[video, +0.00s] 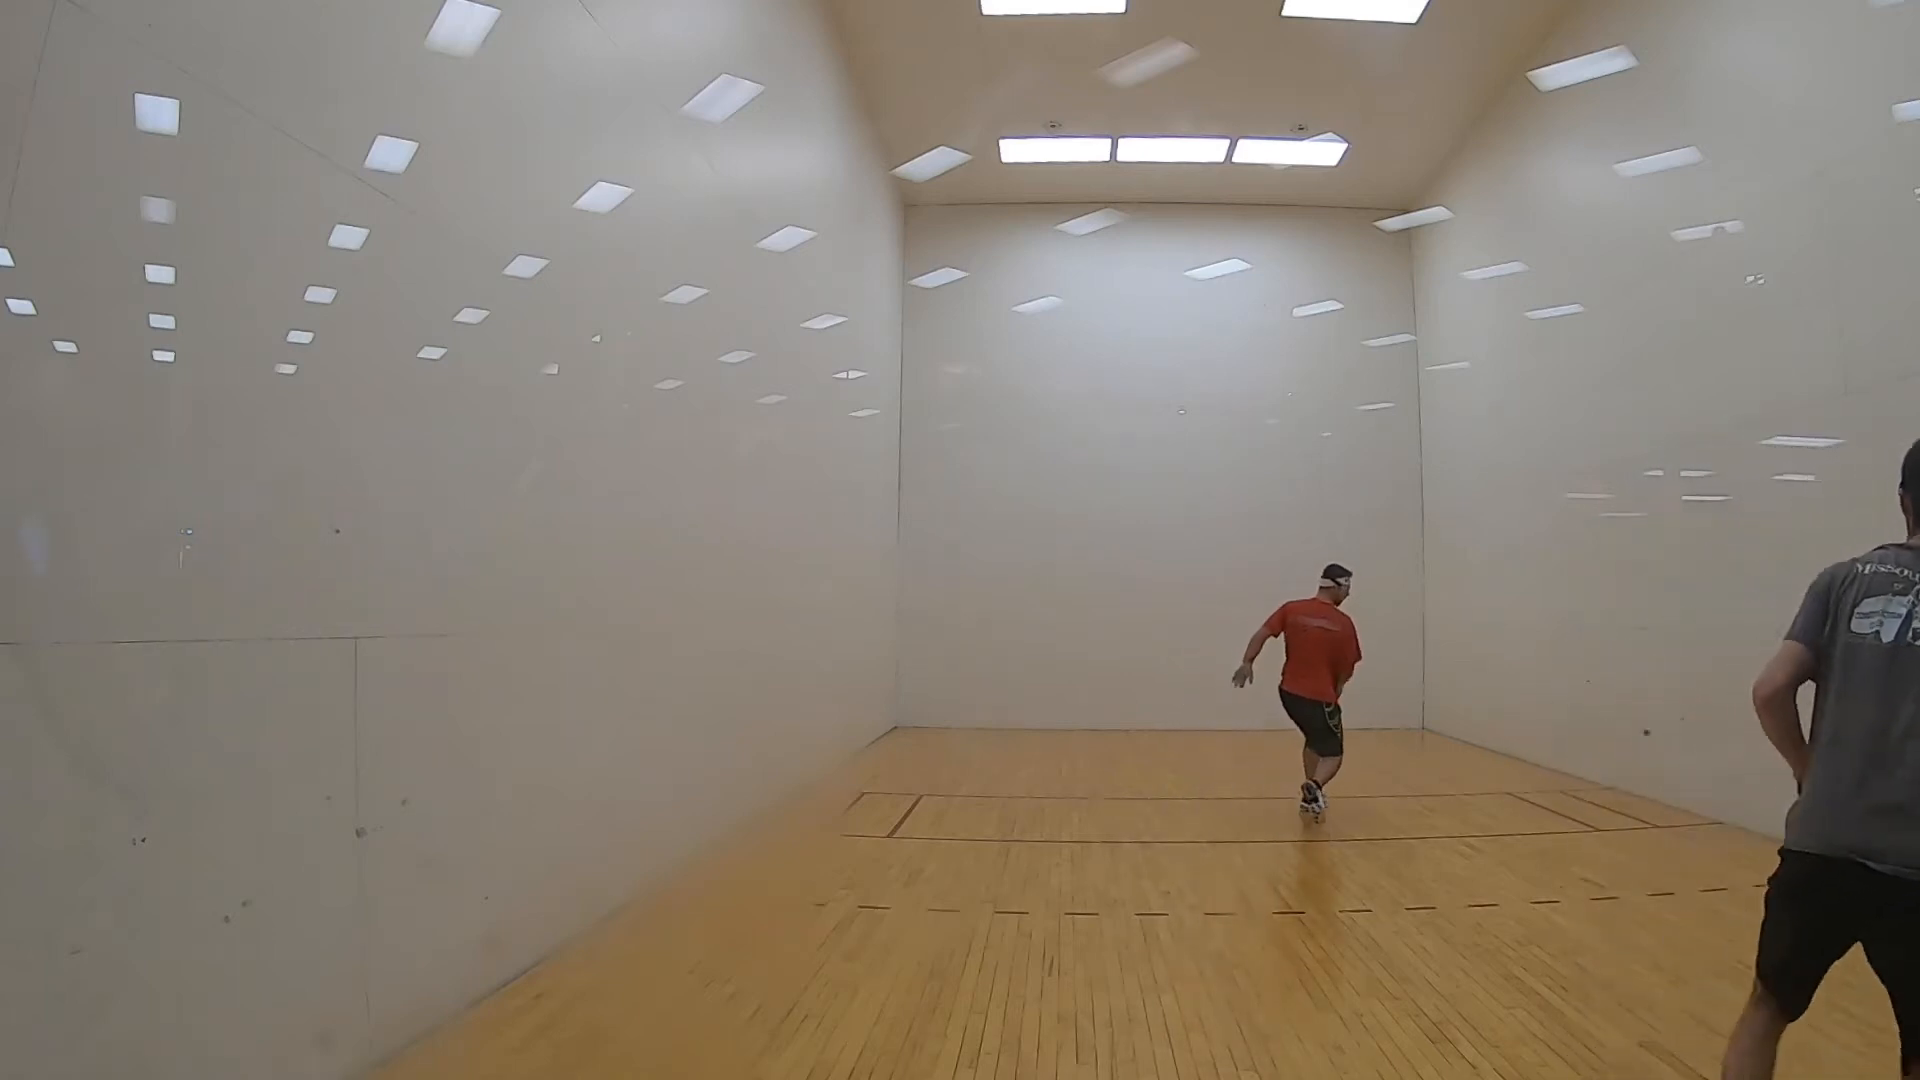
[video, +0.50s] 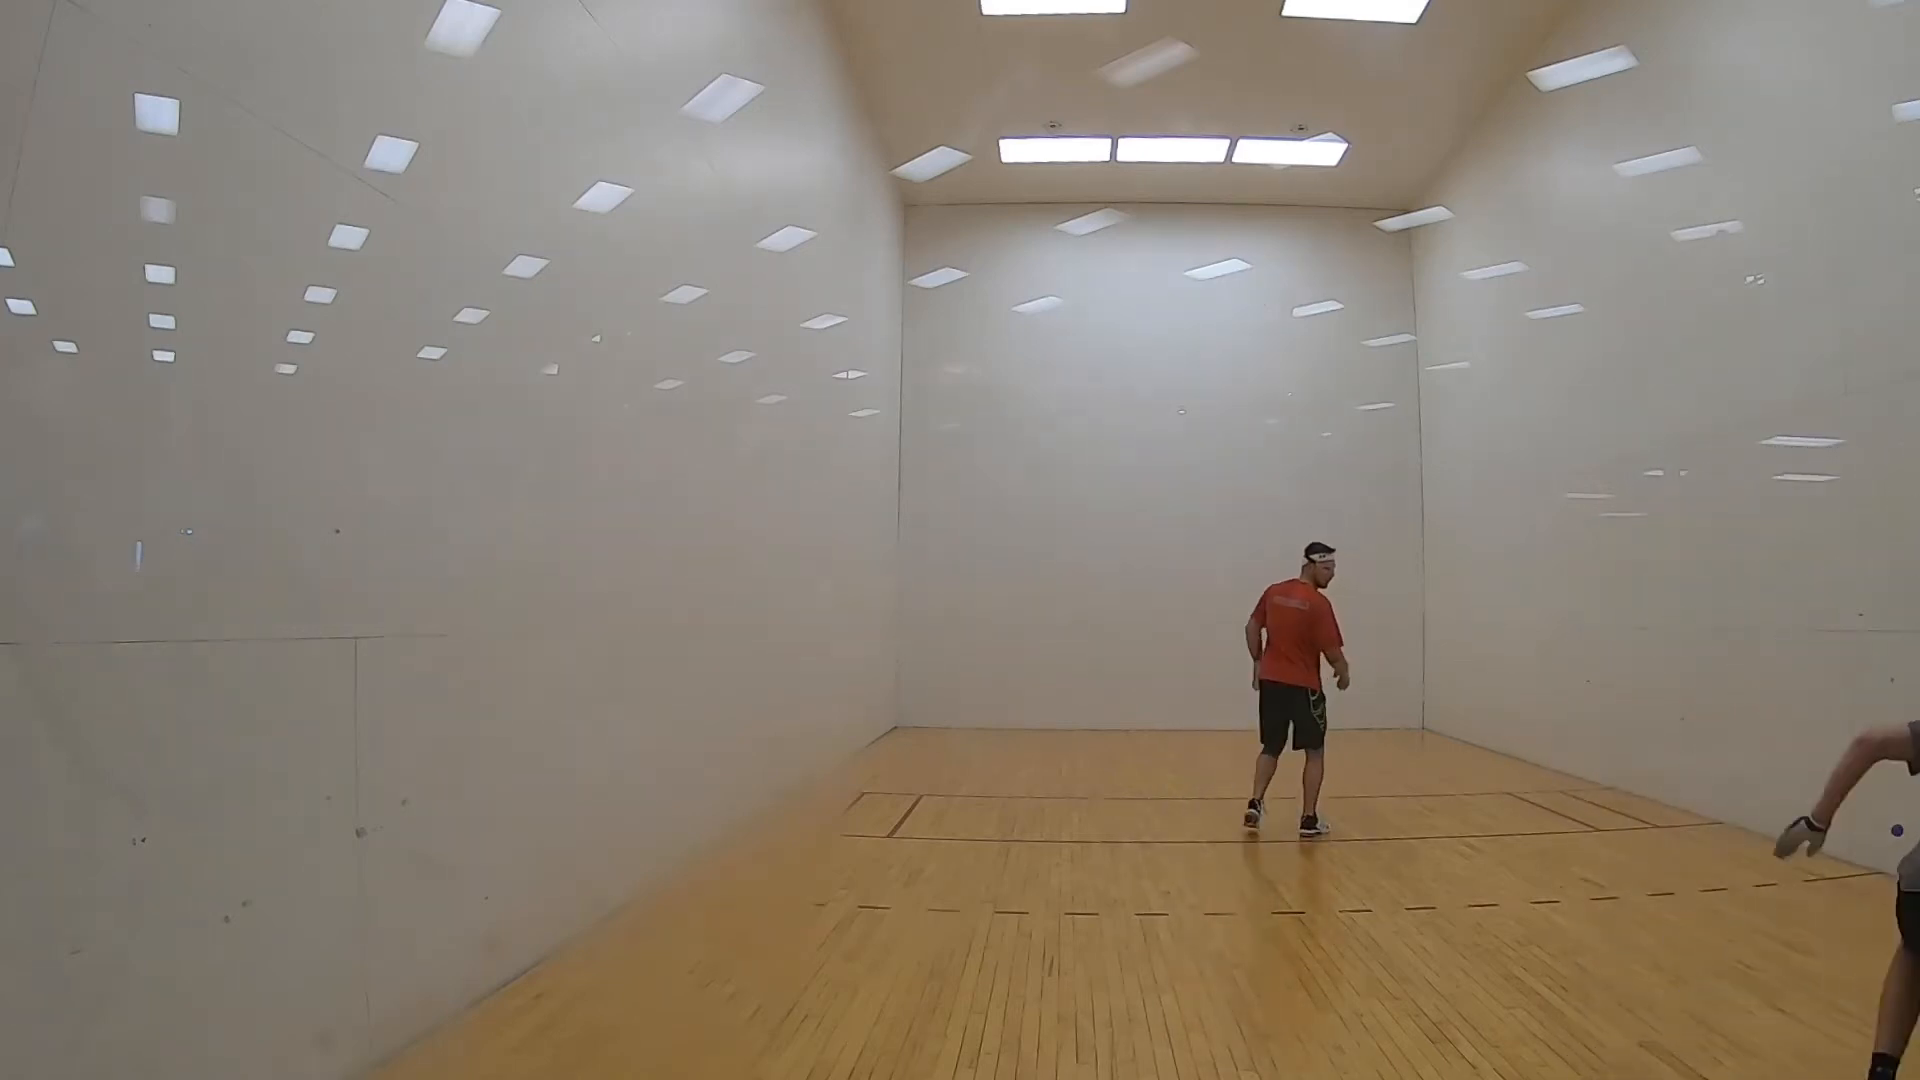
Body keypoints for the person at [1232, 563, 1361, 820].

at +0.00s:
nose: (1348, 592)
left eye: (1348, 587)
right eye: (1347, 587)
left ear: (1322, 585)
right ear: (1339, 587)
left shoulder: (1291, 609)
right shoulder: (1344, 623)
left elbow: (1262, 633)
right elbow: (1347, 669)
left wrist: (1246, 662)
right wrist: (1334, 691)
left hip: (1289, 693)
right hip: (1321, 700)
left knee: (1312, 740)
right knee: (1333, 754)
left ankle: (1312, 791)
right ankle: (1314, 786)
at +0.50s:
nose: (1332, 573)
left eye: (1333, 567)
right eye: (1328, 567)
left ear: (1307, 567)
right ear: (1312, 566)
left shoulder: (1274, 591)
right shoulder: (1319, 603)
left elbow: (1252, 626)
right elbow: (1331, 652)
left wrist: (1258, 662)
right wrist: (1343, 670)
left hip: (1270, 684)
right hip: (1304, 688)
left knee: (1271, 747)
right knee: (1314, 752)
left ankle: (1255, 803)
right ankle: (1309, 819)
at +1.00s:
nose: (1231, 573)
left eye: (1223, 569)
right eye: (1237, 567)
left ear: (1217, 572)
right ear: (1245, 569)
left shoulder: (1203, 612)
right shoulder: (1264, 599)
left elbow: (1200, 662)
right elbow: (1297, 622)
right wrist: (1283, 649)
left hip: (1224, 707)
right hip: (1263, 703)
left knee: (1219, 774)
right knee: (1279, 764)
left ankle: (1204, 837)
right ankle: (1285, 837)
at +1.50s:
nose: (1248, 541)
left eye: (1249, 536)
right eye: (1257, 537)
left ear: (1252, 541)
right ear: (1283, 545)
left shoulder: (1226, 583)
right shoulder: (1300, 595)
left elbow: (1186, 626)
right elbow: (1320, 641)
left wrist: (1149, 652)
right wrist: (1284, 644)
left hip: (1226, 701)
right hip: (1272, 708)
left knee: (1213, 774)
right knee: (1264, 789)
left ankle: (1203, 843)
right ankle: (1255, 869)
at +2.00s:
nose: (1281, 527)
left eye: (1283, 522)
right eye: (1290, 523)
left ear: (1286, 528)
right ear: (1324, 534)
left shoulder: (1259, 579)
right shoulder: (1348, 587)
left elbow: (1227, 639)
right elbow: (1376, 648)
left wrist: (1223, 678)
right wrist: (1347, 687)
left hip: (1274, 722)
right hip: (1330, 722)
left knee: (1252, 819)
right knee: (1319, 807)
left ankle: (1236, 929)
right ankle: (1317, 905)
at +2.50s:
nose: (1434, 504)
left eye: (1431, 495)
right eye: (1427, 496)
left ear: (1380, 508)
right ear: (1406, 506)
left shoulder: (1339, 571)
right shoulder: (1435, 575)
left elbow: (1332, 651)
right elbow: (1465, 668)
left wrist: (1374, 682)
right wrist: (1478, 710)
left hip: (1364, 745)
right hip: (1430, 747)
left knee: (1376, 854)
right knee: (1454, 858)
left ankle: (1350, 978)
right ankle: (1442, 985)